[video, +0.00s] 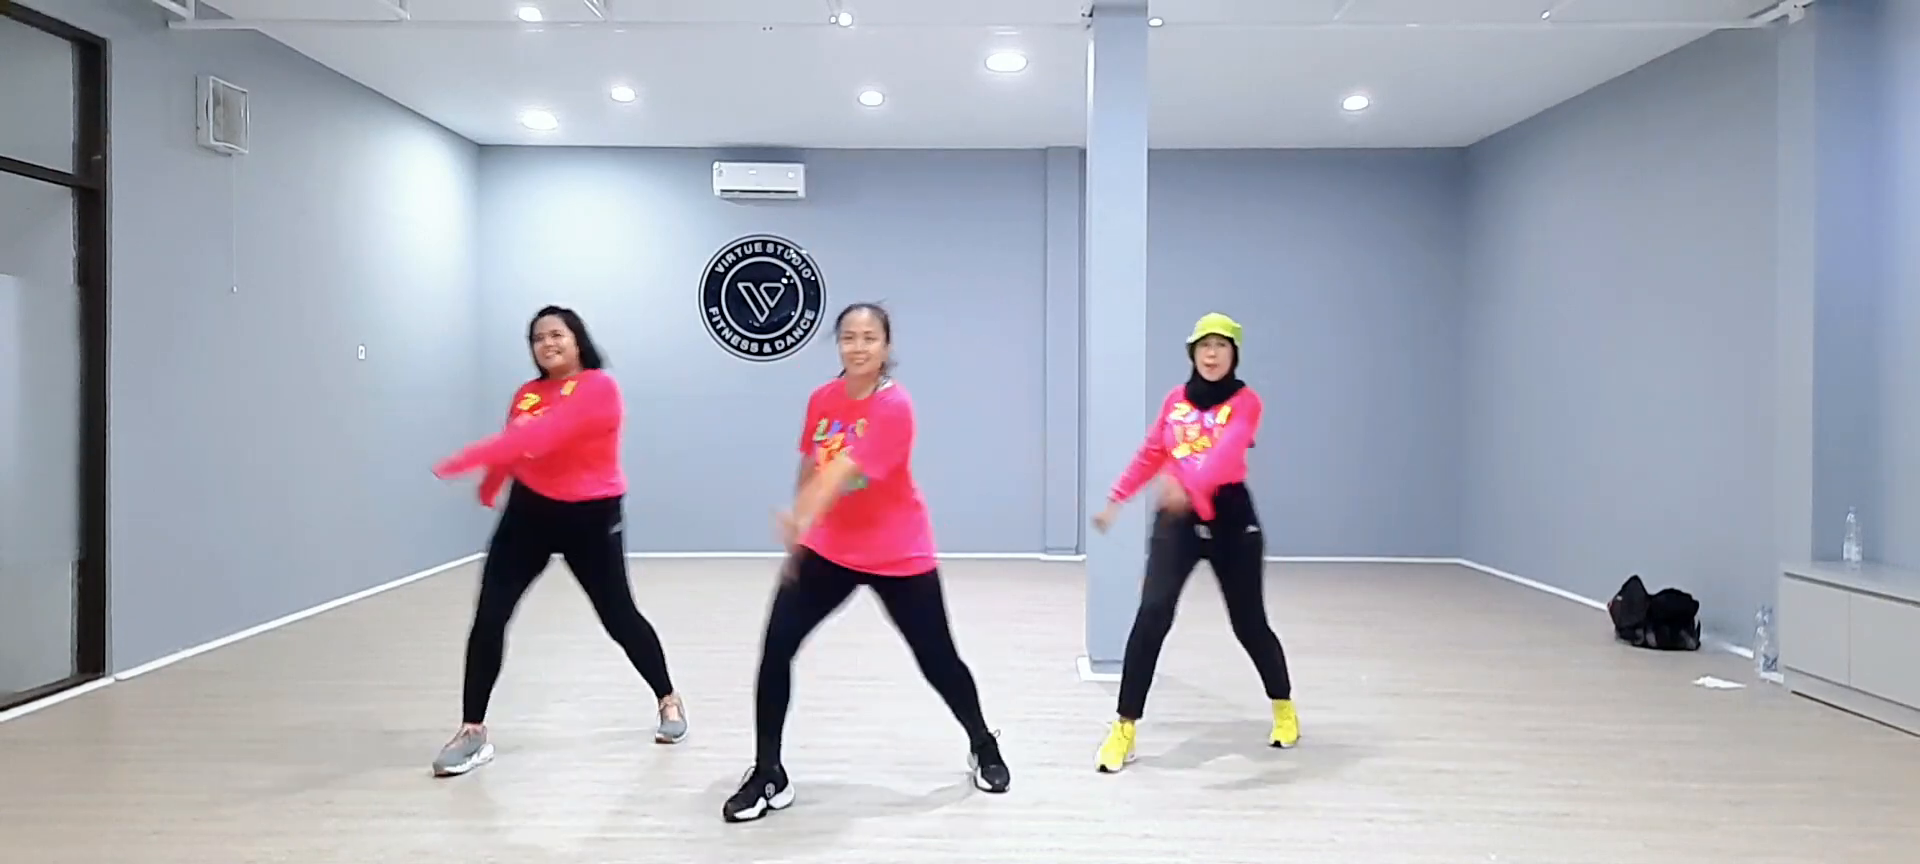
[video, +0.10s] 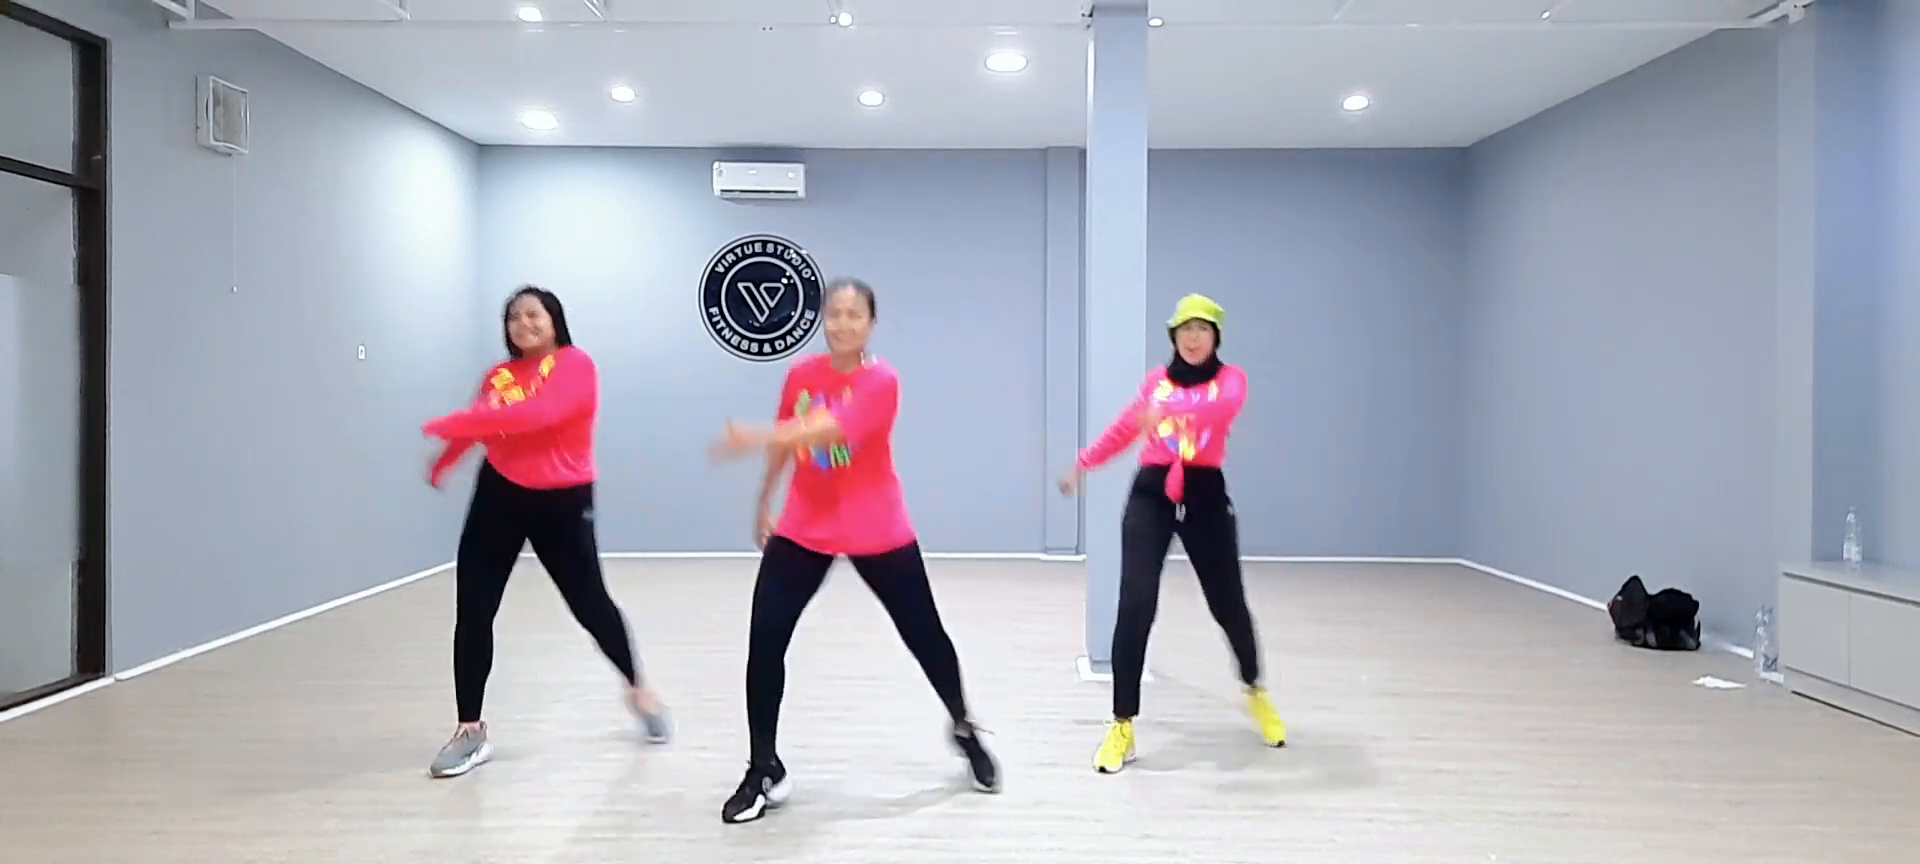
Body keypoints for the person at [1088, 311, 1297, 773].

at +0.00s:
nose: (1212, 354)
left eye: (1221, 346)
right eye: (1205, 345)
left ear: (1235, 355)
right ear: (1193, 352)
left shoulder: (1246, 402)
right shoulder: (1176, 400)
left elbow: (1227, 453)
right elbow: (1152, 454)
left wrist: (1186, 483)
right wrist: (1115, 500)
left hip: (1231, 519)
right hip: (1177, 517)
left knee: (1248, 624)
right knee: (1152, 617)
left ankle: (1283, 709)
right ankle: (1124, 726)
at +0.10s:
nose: (1193, 338)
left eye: (1202, 330)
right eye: (1186, 329)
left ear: (1217, 337)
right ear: (1173, 336)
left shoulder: (1230, 379)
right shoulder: (1158, 383)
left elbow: (1223, 405)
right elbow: (1125, 428)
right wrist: (1082, 463)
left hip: (1204, 491)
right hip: (1151, 491)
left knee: (1228, 606)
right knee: (1136, 604)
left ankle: (1255, 690)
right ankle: (1121, 725)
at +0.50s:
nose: (1134, 345)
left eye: (1143, 337)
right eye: (1126, 336)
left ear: (1157, 343)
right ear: (1113, 342)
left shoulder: (1184, 380)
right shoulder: (1098, 398)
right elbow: (1051, 434)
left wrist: (1239, 441)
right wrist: (997, 458)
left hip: (1163, 518)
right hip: (1108, 515)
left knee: (1158, 640)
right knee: (1096, 627)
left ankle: (1115, 704)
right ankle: (1072, 737)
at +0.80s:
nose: (1172, 348)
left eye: (1181, 339)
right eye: (1162, 339)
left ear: (1191, 347)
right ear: (1147, 345)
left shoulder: (1199, 396)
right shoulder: (1129, 400)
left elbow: (1197, 460)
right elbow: (1136, 470)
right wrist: (1153, 535)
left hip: (1194, 519)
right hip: (1138, 519)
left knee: (1233, 631)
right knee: (1114, 637)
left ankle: (1266, 762)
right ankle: (1076, 739)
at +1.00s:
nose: (1209, 328)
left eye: (1217, 319)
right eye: (1199, 320)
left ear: (1230, 328)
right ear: (1182, 329)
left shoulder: (1246, 384)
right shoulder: (1165, 380)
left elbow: (1251, 457)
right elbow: (1176, 437)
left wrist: (1262, 517)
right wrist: (1247, 423)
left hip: (1241, 516)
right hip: (1179, 513)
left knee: (1257, 640)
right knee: (1140, 631)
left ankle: (1268, 769)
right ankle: (1115, 721)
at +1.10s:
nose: (1222, 302)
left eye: (1231, 294)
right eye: (1212, 294)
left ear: (1242, 303)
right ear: (1195, 304)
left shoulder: (1257, 358)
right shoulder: (1174, 348)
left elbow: (1272, 422)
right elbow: (1171, 403)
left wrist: (1290, 473)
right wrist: (1241, 380)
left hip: (1240, 489)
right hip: (1179, 486)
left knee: (1250, 622)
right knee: (1162, 613)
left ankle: (1266, 760)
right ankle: (1153, 744)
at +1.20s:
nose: (1234, 300)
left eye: (1243, 292)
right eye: (1223, 291)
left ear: (1252, 303)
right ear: (1206, 300)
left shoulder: (1262, 360)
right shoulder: (1181, 346)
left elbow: (1278, 427)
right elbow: (1159, 403)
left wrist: (1304, 486)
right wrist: (1221, 385)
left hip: (1241, 491)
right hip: (1180, 488)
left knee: (1247, 621)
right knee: (1184, 623)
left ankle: (1247, 756)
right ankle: (1181, 766)